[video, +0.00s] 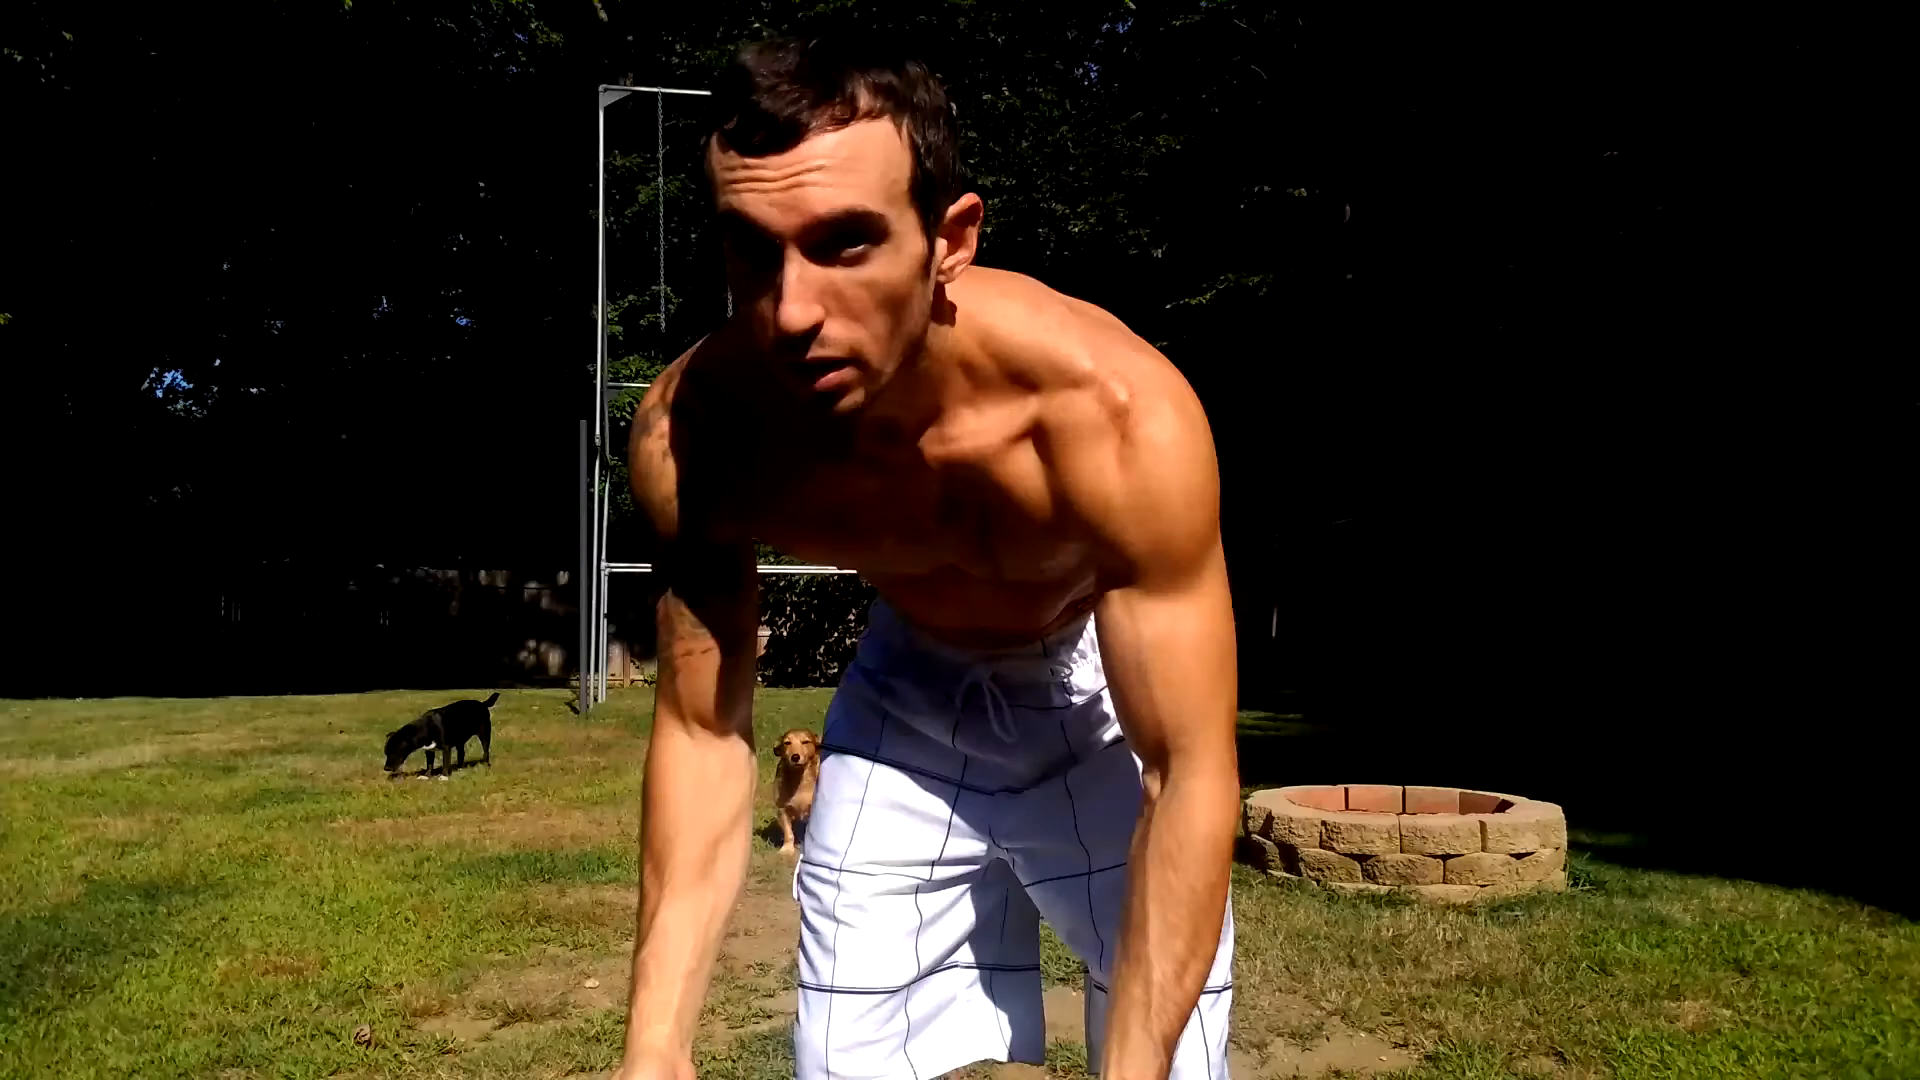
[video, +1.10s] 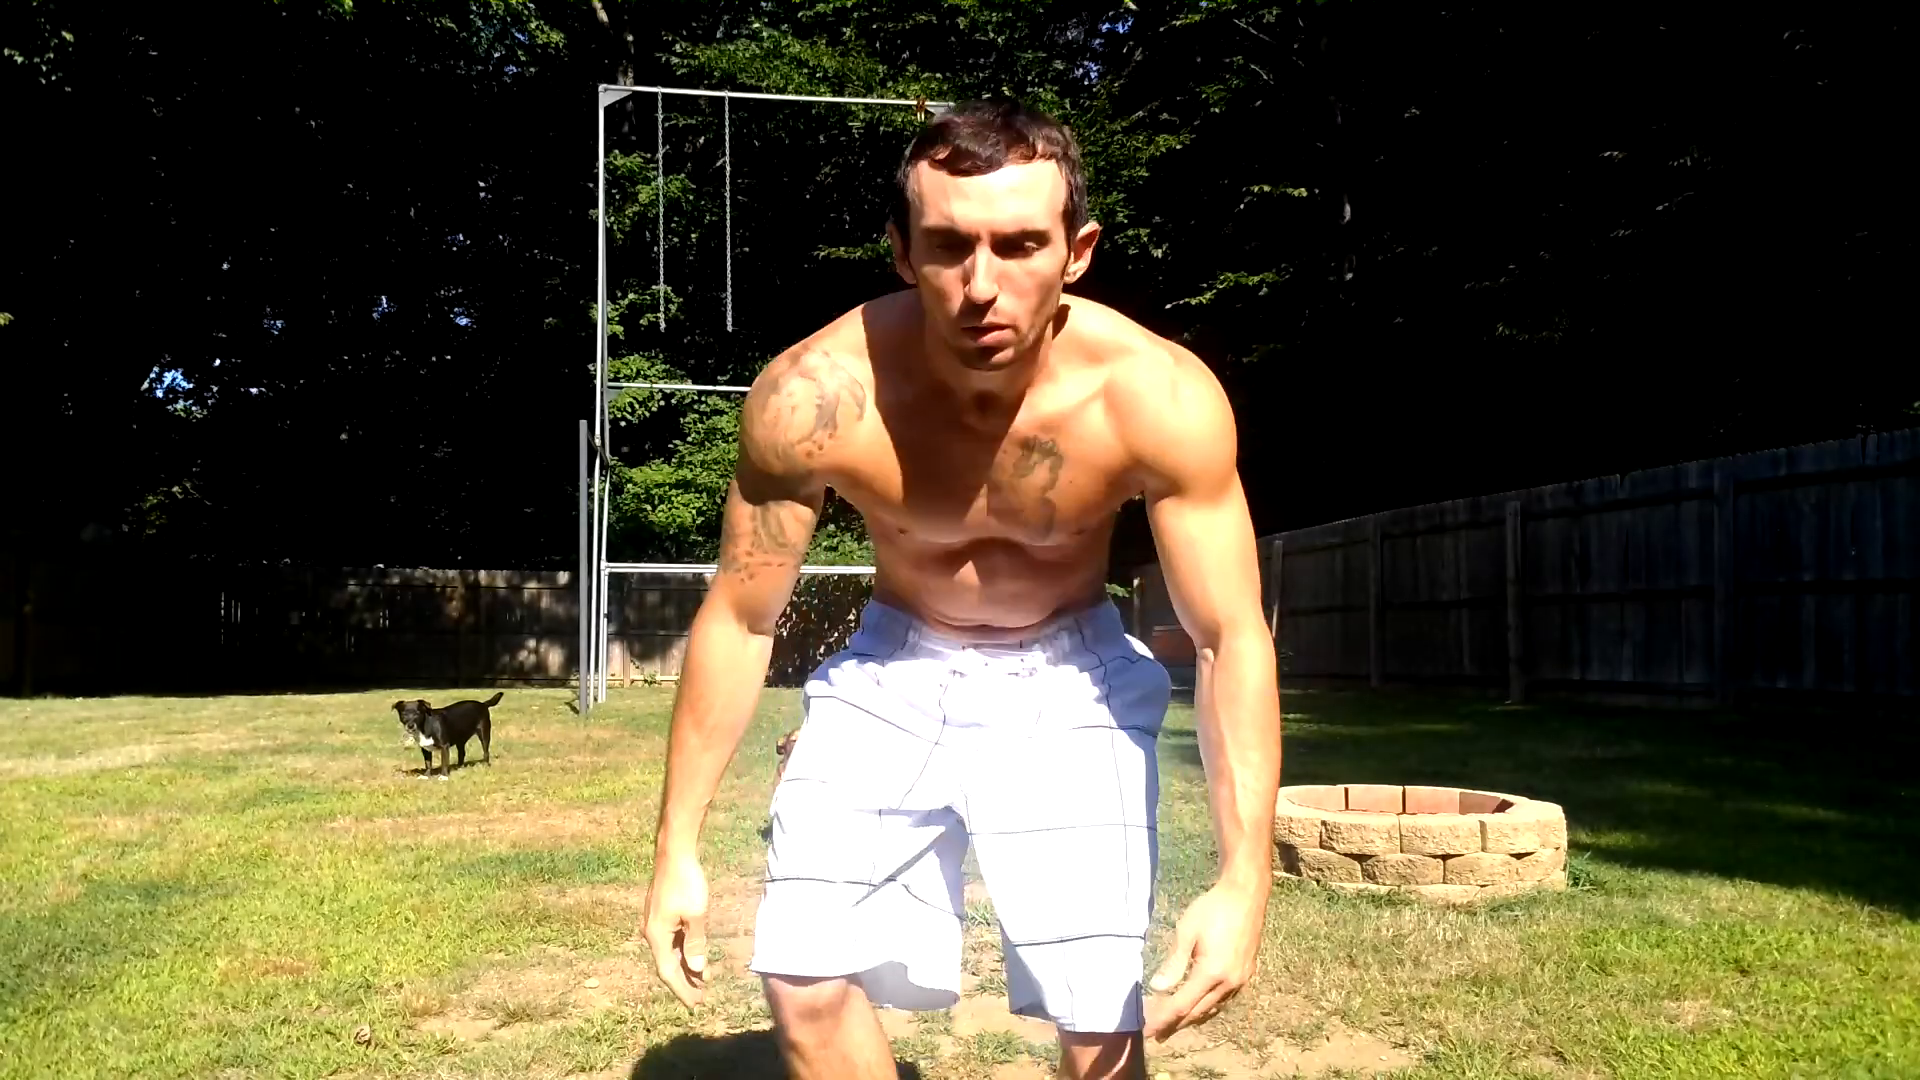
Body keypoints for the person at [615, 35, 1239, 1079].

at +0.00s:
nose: (791, 312)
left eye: (845, 243)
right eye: (755, 250)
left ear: (951, 243)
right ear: (722, 243)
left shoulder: (1127, 423)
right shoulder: (697, 436)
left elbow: (1190, 775)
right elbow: (702, 728)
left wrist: (1133, 1067)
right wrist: (655, 1047)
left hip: (1118, 681)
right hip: (911, 685)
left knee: (1173, 1061)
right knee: (849, 1056)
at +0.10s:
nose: (830, 469)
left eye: (884, 401)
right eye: (789, 406)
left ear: (974, 386)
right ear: (751, 384)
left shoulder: (1131, 532)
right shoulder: (689, 542)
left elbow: (1170, 867)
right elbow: (693, 827)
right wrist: (658, 1069)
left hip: (1076, 708)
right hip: (884, 708)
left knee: (1148, 1053)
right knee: (820, 1058)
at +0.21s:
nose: (877, 633)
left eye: (925, 577)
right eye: (836, 576)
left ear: (1002, 509)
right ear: (787, 525)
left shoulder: (1143, 636)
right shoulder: (701, 632)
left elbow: (1165, 951)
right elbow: (698, 913)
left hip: (1064, 740)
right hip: (865, 733)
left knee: (1135, 1045)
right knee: (804, 1055)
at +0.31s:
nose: (907, 738)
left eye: (952, 689)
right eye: (867, 690)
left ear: (1026, 606)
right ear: (815, 613)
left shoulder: (1157, 709)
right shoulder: (713, 710)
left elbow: (1178, 1007)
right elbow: (713, 980)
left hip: (1065, 777)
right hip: (850, 770)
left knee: (1142, 1043)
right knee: (781, 1054)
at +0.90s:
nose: (983, 657)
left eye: (1025, 616)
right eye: (946, 612)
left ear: (1076, 566)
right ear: (899, 560)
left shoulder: (1177, 650)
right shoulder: (787, 645)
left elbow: (1192, 928)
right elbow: (739, 899)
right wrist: (695, 1074)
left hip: (1076, 746)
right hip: (872, 743)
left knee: (1140, 1039)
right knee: (830, 1052)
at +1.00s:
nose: (990, 462)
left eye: (1031, 419)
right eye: (955, 415)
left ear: (1089, 394)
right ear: (907, 388)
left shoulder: (1173, 518)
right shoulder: (802, 514)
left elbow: (1216, 776)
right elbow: (734, 745)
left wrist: (1228, 1042)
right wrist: (668, 993)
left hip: (1082, 706)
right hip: (899, 705)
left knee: (1123, 1044)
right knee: (823, 1040)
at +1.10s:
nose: (980, 285)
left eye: (1016, 246)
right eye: (947, 248)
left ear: (1075, 250)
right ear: (905, 252)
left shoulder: (1162, 403)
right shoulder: (812, 399)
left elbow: (1233, 641)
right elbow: (738, 618)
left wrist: (1242, 881)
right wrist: (676, 844)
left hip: (1073, 672)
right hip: (891, 658)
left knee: (1098, 1020)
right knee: (804, 974)